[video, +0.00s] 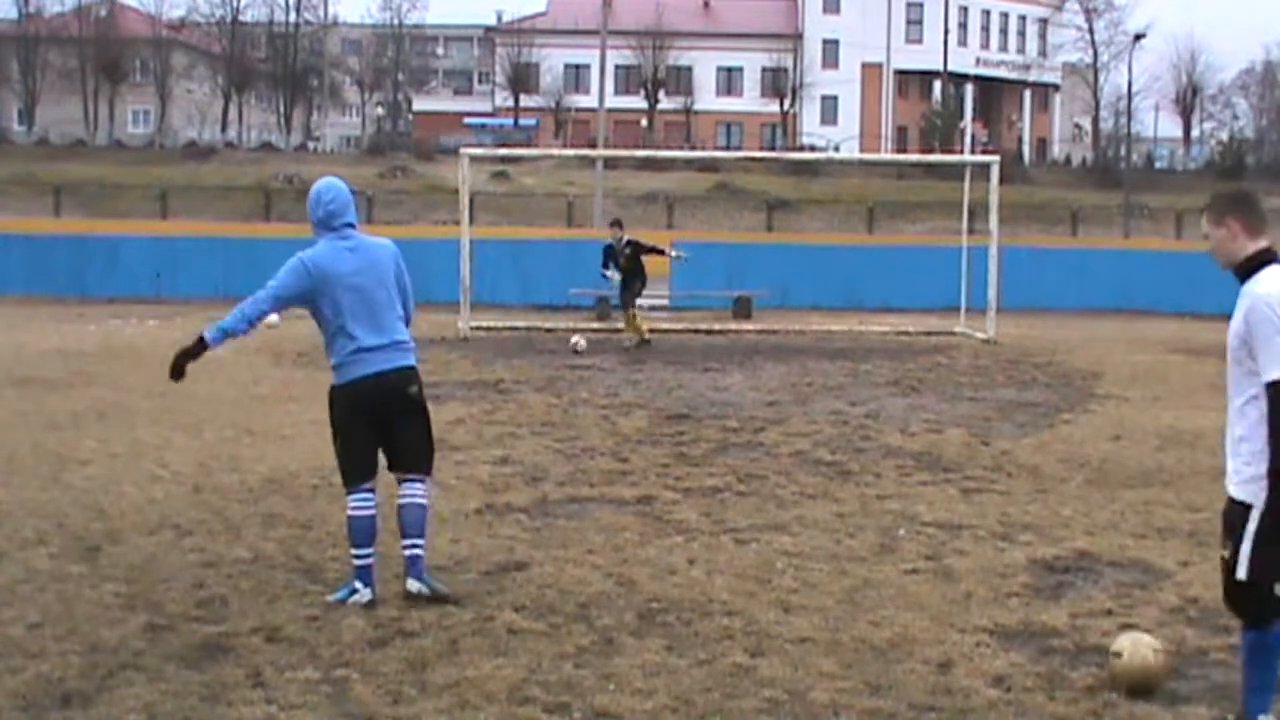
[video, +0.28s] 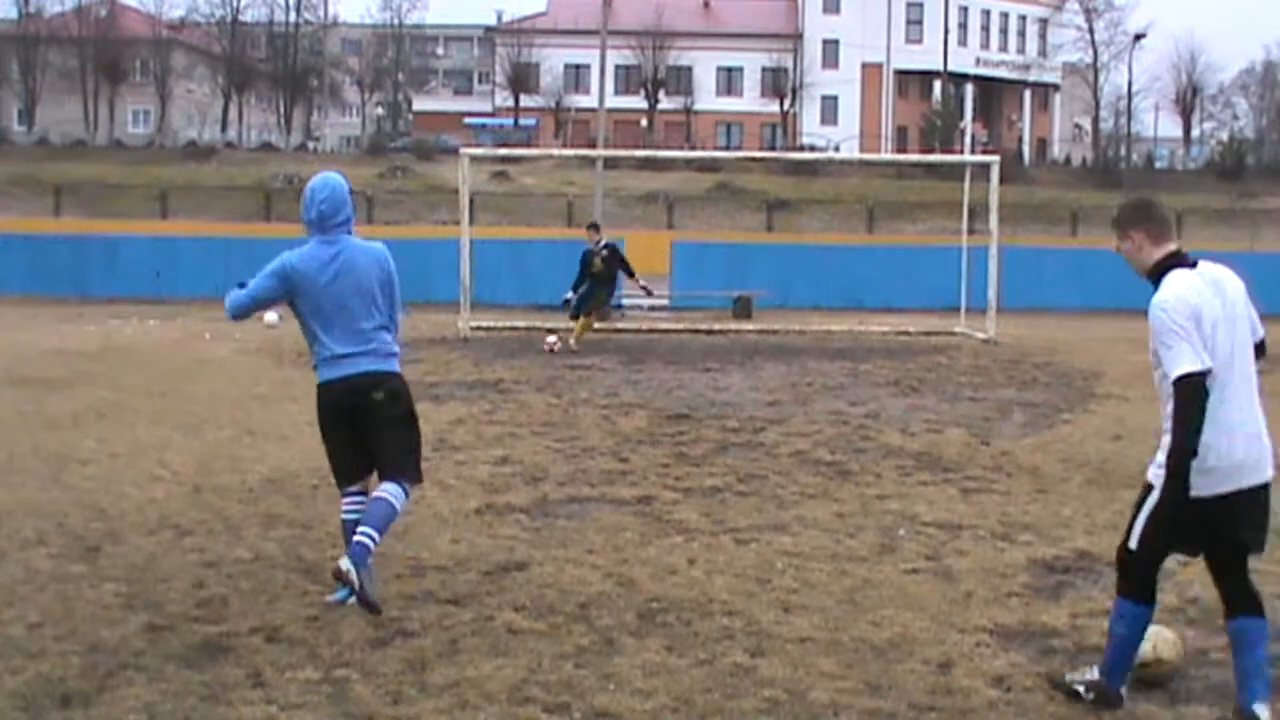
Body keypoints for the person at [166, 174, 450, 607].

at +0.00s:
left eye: (316, 210)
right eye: (349, 205)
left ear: (314, 216)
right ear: (353, 210)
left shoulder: (310, 263)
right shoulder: (386, 249)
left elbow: (257, 307)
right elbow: (407, 309)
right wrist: (386, 346)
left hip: (352, 389)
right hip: (401, 380)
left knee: (360, 484)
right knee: (414, 474)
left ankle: (364, 583)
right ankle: (416, 574)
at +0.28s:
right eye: (345, 204)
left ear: (307, 214)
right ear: (350, 210)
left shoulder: (294, 263)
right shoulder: (379, 255)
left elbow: (237, 306)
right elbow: (393, 317)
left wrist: (256, 294)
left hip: (334, 390)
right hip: (383, 382)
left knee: (352, 487)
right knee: (400, 478)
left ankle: (355, 585)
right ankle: (358, 556)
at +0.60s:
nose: (357, 220)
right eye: (356, 213)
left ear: (312, 219)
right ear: (356, 217)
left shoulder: (290, 272)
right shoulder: (377, 269)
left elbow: (277, 342)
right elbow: (396, 340)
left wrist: (288, 381)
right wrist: (404, 377)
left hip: (316, 402)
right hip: (364, 399)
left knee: (343, 496)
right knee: (347, 501)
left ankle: (357, 588)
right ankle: (332, 607)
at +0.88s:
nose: (352, 214)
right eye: (353, 206)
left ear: (309, 210)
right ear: (352, 211)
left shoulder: (281, 263)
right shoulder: (372, 264)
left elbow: (263, 332)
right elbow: (394, 338)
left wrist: (264, 379)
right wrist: (411, 392)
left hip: (297, 398)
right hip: (351, 399)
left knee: (304, 489)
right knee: (336, 505)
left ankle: (299, 589)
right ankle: (331, 610)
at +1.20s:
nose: (349, 219)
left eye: (343, 211)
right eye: (347, 212)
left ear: (300, 213)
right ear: (341, 215)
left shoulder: (271, 266)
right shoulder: (350, 263)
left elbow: (254, 340)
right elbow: (362, 342)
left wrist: (272, 376)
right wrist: (388, 387)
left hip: (291, 400)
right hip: (344, 398)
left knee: (291, 506)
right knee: (364, 494)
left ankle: (270, 616)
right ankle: (352, 605)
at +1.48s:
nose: (379, 228)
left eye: (370, 219)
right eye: (378, 221)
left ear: (330, 222)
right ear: (374, 225)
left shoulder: (300, 275)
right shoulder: (384, 280)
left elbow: (283, 353)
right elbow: (411, 355)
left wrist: (311, 385)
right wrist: (456, 395)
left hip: (311, 418)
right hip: (363, 419)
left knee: (302, 519)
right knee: (392, 523)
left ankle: (271, 621)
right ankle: (392, 637)